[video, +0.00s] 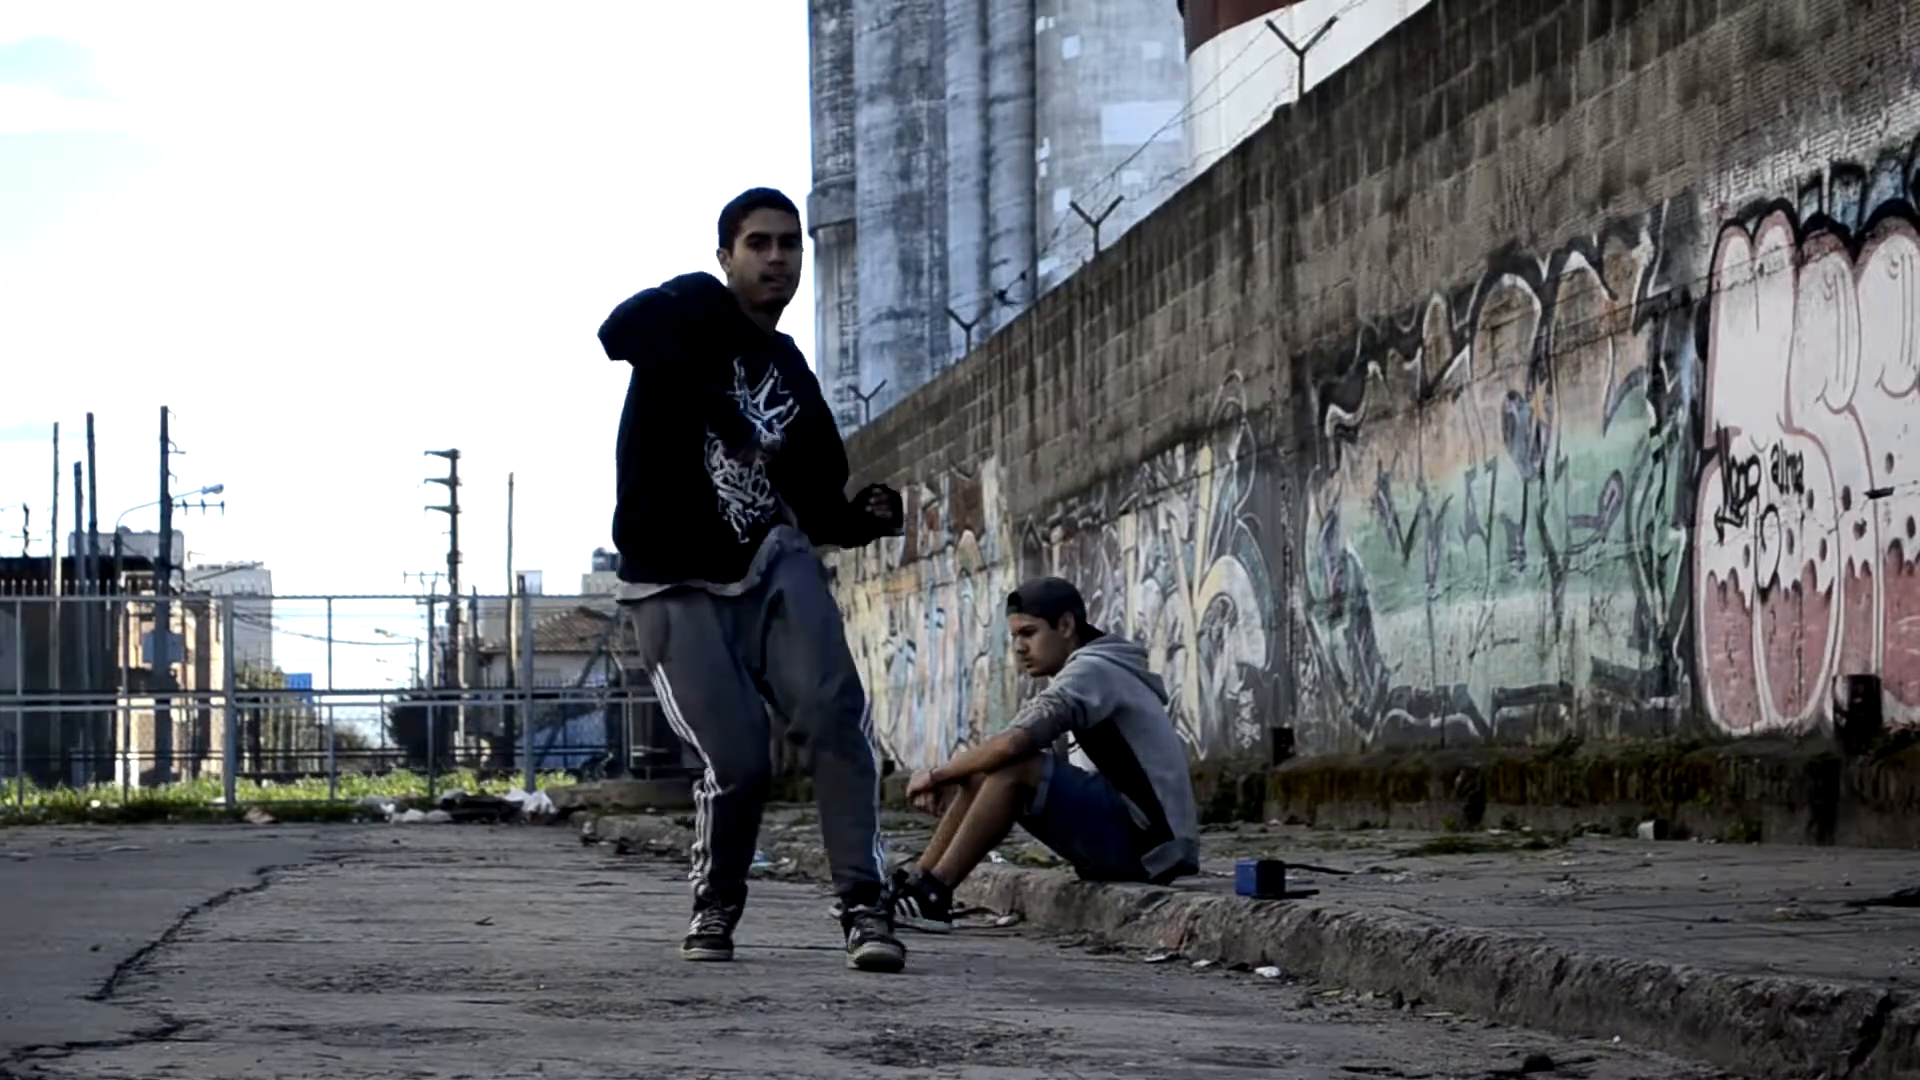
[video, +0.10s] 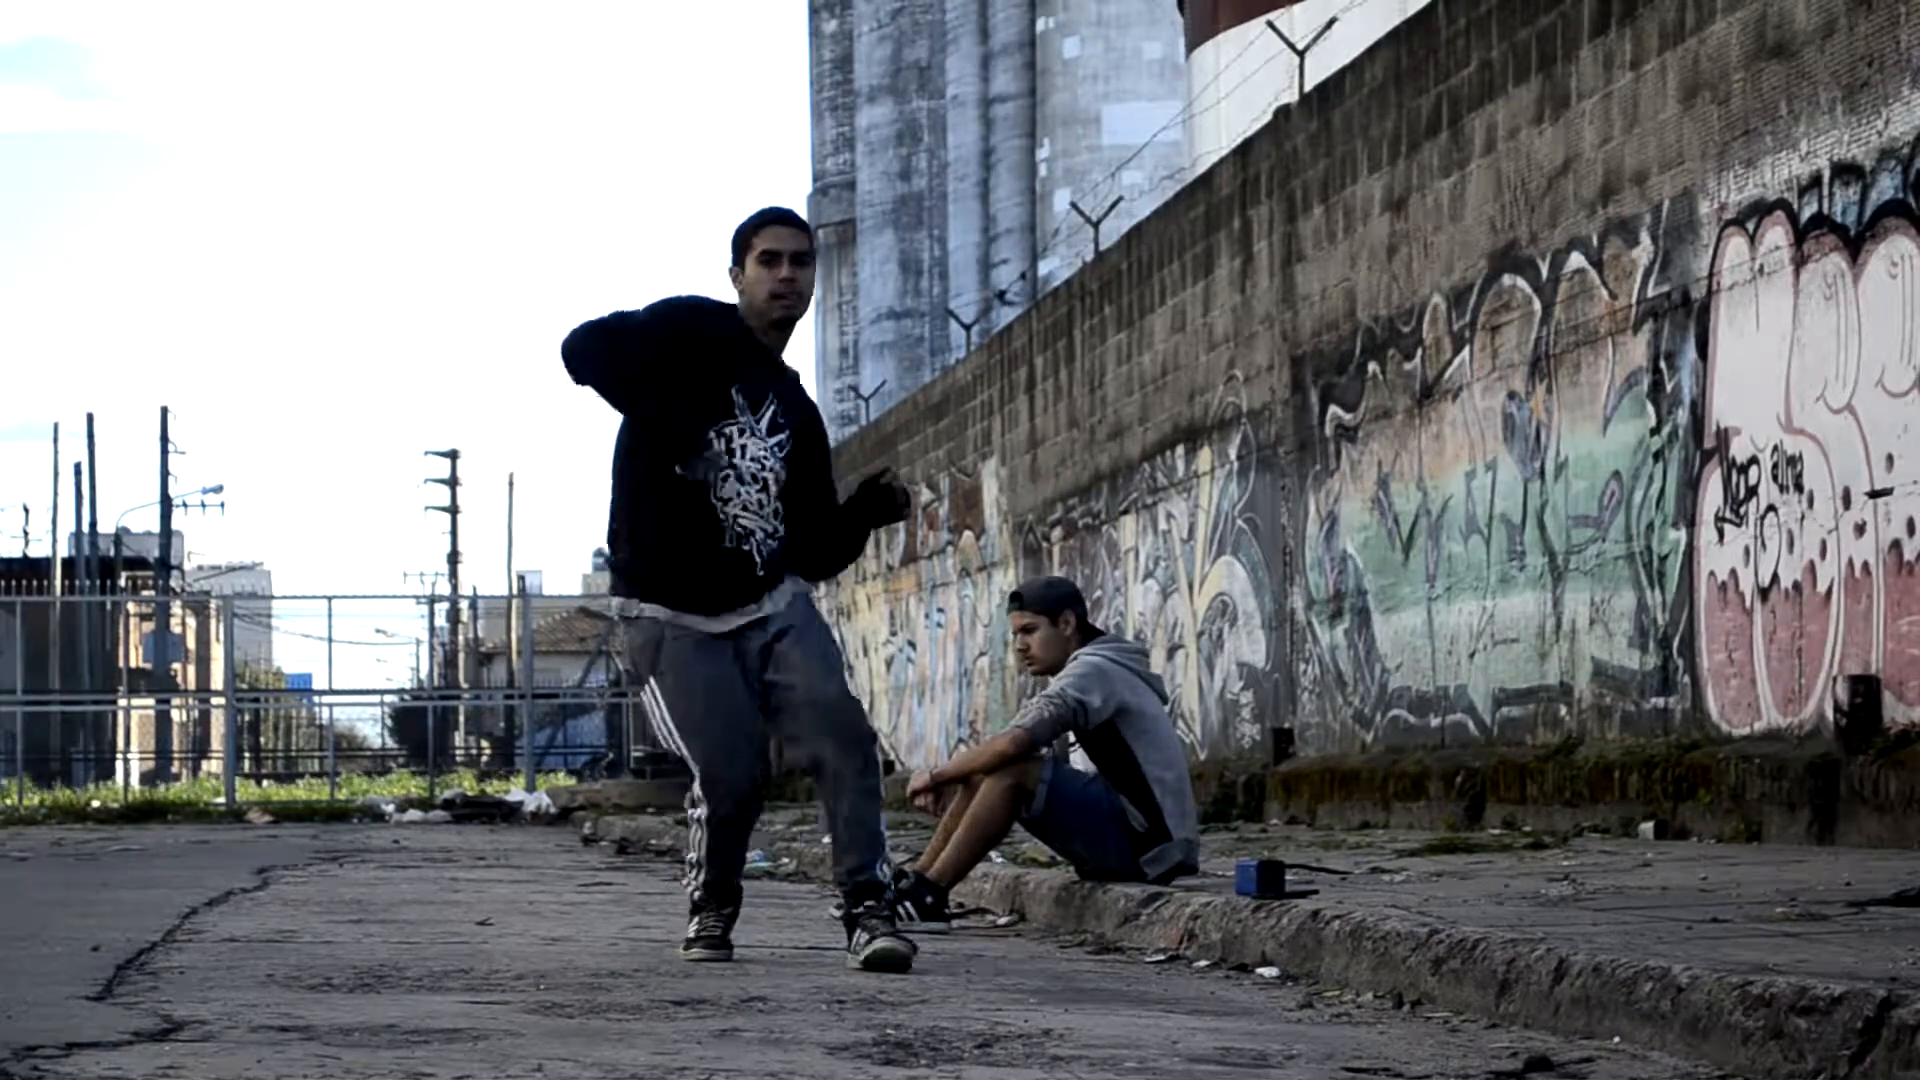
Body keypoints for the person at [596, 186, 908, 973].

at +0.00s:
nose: (777, 258)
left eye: (789, 244)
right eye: (759, 244)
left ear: (802, 258)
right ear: (726, 256)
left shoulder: (796, 379)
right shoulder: (688, 314)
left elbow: (819, 514)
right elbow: (619, 335)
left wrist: (869, 514)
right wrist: (709, 286)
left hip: (776, 563)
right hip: (676, 576)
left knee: (835, 717)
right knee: (738, 759)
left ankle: (865, 906)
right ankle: (717, 899)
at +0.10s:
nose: (788, 277)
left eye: (801, 264)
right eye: (771, 261)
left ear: (812, 283)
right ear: (739, 273)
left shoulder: (796, 411)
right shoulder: (689, 328)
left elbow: (812, 554)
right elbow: (585, 351)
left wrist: (868, 506)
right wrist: (667, 391)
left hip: (774, 601)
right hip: (673, 611)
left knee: (844, 737)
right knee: (732, 776)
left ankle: (869, 908)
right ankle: (713, 909)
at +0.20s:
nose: (776, 247)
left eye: (791, 234)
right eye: (759, 230)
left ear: (804, 248)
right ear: (729, 239)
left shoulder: (795, 368)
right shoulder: (674, 297)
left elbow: (785, 504)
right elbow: (565, 362)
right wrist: (638, 444)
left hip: (744, 571)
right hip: (640, 576)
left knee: (792, 709)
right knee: (670, 768)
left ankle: (823, 898)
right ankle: (701, 906)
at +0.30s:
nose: (736, 225)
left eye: (751, 210)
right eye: (719, 209)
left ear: (767, 225)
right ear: (690, 222)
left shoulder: (787, 334)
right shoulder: (638, 298)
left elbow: (759, 449)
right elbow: (546, 402)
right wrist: (609, 492)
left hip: (734, 574)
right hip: (625, 576)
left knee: (777, 732)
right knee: (596, 750)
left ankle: (762, 910)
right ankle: (638, 870)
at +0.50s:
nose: (598, 266)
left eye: (613, 251)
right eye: (581, 252)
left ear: (635, 263)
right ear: (555, 270)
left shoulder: (690, 341)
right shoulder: (533, 363)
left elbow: (762, 437)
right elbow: (465, 448)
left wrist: (671, 501)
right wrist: (482, 473)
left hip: (701, 611)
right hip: (583, 604)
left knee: (772, 731)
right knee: (456, 710)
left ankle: (760, 910)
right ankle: (405, 902)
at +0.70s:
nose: (639, 359)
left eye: (651, 343)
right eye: (621, 343)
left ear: (664, 350)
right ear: (586, 351)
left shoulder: (693, 448)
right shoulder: (529, 448)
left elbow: (742, 572)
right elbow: (457, 561)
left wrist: (816, 640)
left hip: (658, 675)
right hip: (534, 671)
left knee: (768, 747)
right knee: (419, 749)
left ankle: (739, 912)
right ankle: (387, 916)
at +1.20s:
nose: (564, 303)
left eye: (574, 289)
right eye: (545, 289)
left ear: (585, 299)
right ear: (504, 304)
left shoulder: (643, 394)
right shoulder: (476, 431)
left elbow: (706, 497)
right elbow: (470, 556)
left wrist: (733, 555)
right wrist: (443, 596)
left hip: (667, 632)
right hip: (542, 642)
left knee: (777, 732)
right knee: (450, 762)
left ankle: (816, 903)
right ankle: (396, 914)